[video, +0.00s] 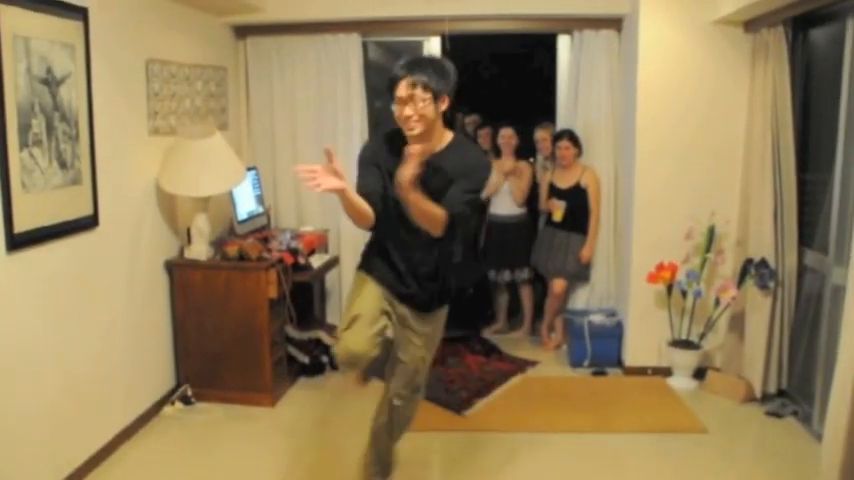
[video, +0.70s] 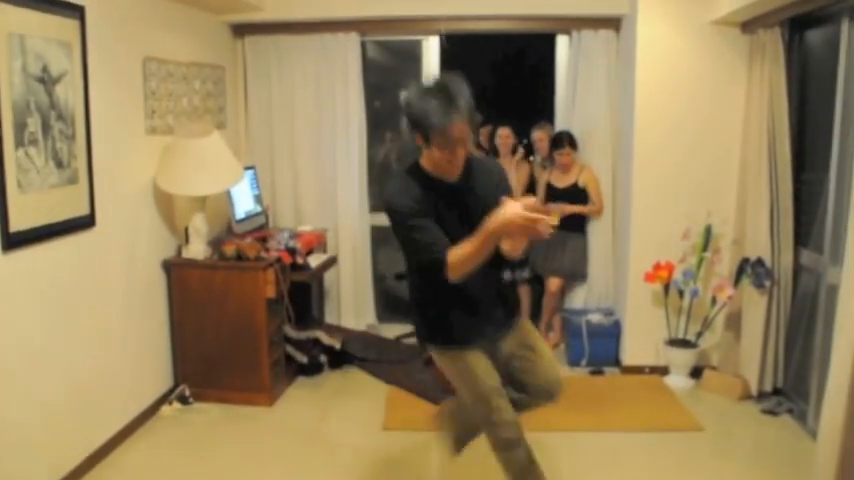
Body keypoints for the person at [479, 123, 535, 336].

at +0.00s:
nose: (506, 141)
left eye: (510, 136)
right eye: (502, 137)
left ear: (517, 140)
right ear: (497, 140)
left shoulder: (524, 167)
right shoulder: (492, 165)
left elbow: (520, 198)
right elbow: (484, 194)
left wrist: (511, 177)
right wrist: (501, 176)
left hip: (517, 220)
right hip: (495, 220)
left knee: (522, 275)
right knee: (499, 276)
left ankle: (526, 324)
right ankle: (500, 320)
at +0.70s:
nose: (505, 142)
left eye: (508, 137)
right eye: (501, 137)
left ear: (515, 140)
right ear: (494, 141)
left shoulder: (524, 166)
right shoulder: (489, 167)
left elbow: (518, 191)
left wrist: (510, 165)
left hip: (519, 228)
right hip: (497, 229)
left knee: (521, 277)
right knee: (500, 278)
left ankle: (525, 319)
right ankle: (501, 317)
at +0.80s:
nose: (503, 142)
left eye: (507, 138)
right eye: (499, 138)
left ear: (515, 141)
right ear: (494, 142)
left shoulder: (522, 166)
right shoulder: (488, 165)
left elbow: (517, 195)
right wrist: (516, 244)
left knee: (517, 278)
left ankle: (524, 324)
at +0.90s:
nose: (503, 143)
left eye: (507, 138)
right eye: (500, 139)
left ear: (516, 142)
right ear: (494, 142)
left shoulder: (523, 168)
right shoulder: (490, 168)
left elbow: (521, 195)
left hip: (516, 224)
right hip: (494, 224)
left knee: (516, 276)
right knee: (497, 276)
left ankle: (524, 321)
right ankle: (499, 317)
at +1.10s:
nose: (505, 140)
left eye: (509, 135)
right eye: (501, 135)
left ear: (516, 139)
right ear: (494, 139)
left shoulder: (522, 164)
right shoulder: (491, 164)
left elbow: (519, 190)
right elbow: (485, 190)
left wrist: (513, 160)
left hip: (517, 218)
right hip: (494, 218)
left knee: (519, 276)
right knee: (497, 275)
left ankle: (523, 322)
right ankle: (498, 318)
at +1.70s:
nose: (502, 140)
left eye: (506, 135)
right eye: (499, 136)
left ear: (514, 138)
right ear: (493, 138)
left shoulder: (519, 159)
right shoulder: (490, 159)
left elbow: (517, 189)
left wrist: (517, 164)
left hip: (514, 213)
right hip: (493, 212)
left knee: (516, 269)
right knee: (500, 268)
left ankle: (521, 318)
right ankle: (505, 319)